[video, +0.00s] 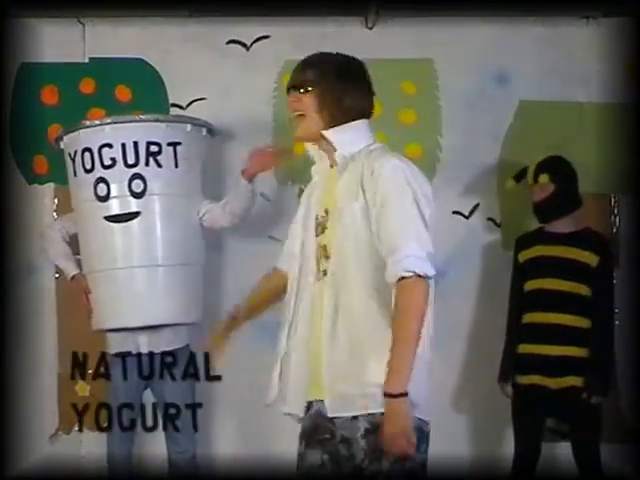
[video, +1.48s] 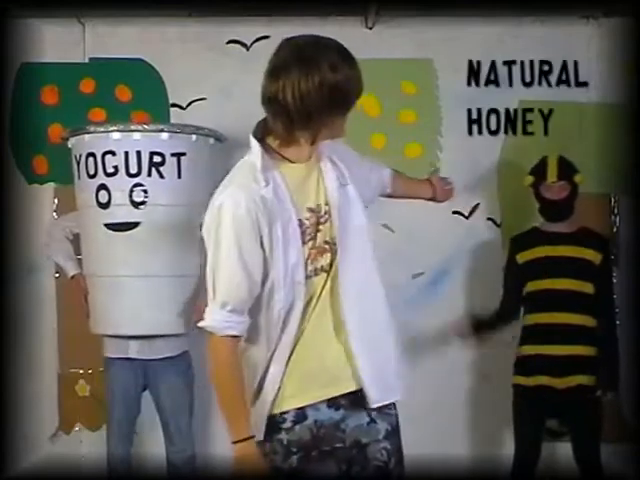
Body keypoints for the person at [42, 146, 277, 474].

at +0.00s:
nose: (137, 187)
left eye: (144, 181)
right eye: (129, 182)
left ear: (159, 179)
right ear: (117, 182)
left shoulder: (178, 205)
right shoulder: (105, 213)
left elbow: (226, 215)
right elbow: (56, 231)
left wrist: (246, 178)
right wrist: (74, 275)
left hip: (174, 333)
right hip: (122, 338)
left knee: (182, 429)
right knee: (122, 429)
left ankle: (185, 476)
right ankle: (119, 479)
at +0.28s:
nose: (140, 188)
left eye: (148, 183)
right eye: (132, 182)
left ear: (162, 185)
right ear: (120, 183)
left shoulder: (179, 208)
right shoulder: (106, 214)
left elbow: (225, 219)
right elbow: (54, 229)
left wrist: (220, 180)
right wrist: (75, 274)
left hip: (175, 336)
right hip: (122, 340)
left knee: (182, 433)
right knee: (121, 432)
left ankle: (184, 475)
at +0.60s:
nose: (136, 193)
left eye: (145, 186)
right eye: (129, 186)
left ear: (159, 187)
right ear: (118, 187)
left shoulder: (178, 214)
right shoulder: (105, 216)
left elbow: (228, 221)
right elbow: (53, 229)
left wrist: (228, 180)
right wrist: (75, 274)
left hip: (172, 342)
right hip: (122, 344)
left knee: (181, 432)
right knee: (121, 432)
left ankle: (184, 477)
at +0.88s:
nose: (134, 188)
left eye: (142, 180)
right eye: (126, 180)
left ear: (159, 183)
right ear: (115, 183)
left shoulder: (176, 211)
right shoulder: (103, 212)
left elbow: (224, 217)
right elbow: (54, 229)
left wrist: (238, 176)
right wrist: (75, 272)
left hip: (170, 341)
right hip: (120, 342)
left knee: (180, 431)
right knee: (120, 432)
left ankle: (183, 478)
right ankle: (117, 479)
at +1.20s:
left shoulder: (179, 218)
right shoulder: (106, 214)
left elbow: (236, 235)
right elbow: (54, 228)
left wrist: (209, 215)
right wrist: (75, 273)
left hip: (172, 337)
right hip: (121, 340)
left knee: (179, 432)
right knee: (120, 429)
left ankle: (183, 477)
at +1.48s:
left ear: (163, 191)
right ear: (121, 193)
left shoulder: (180, 222)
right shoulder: (106, 217)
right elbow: (58, 228)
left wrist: (205, 293)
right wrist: (75, 274)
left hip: (171, 349)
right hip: (120, 351)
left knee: (181, 447)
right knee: (118, 448)